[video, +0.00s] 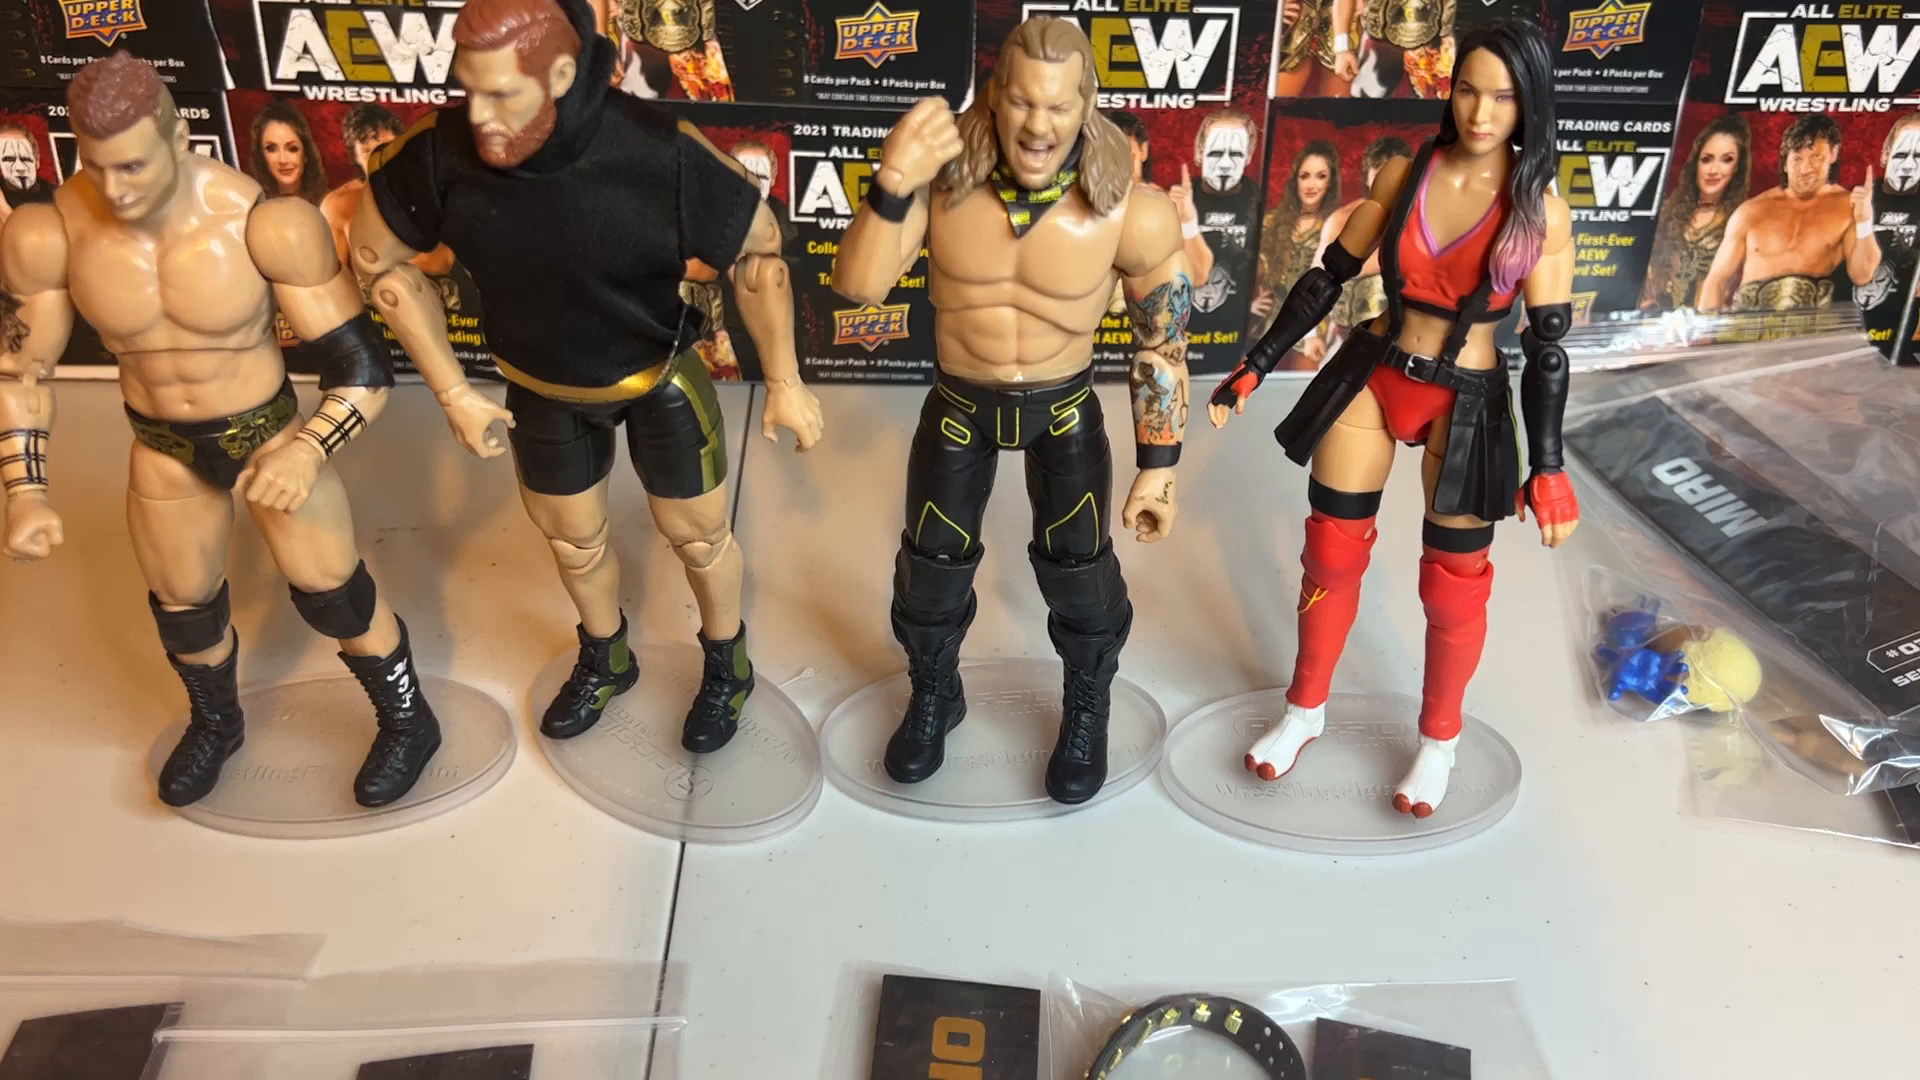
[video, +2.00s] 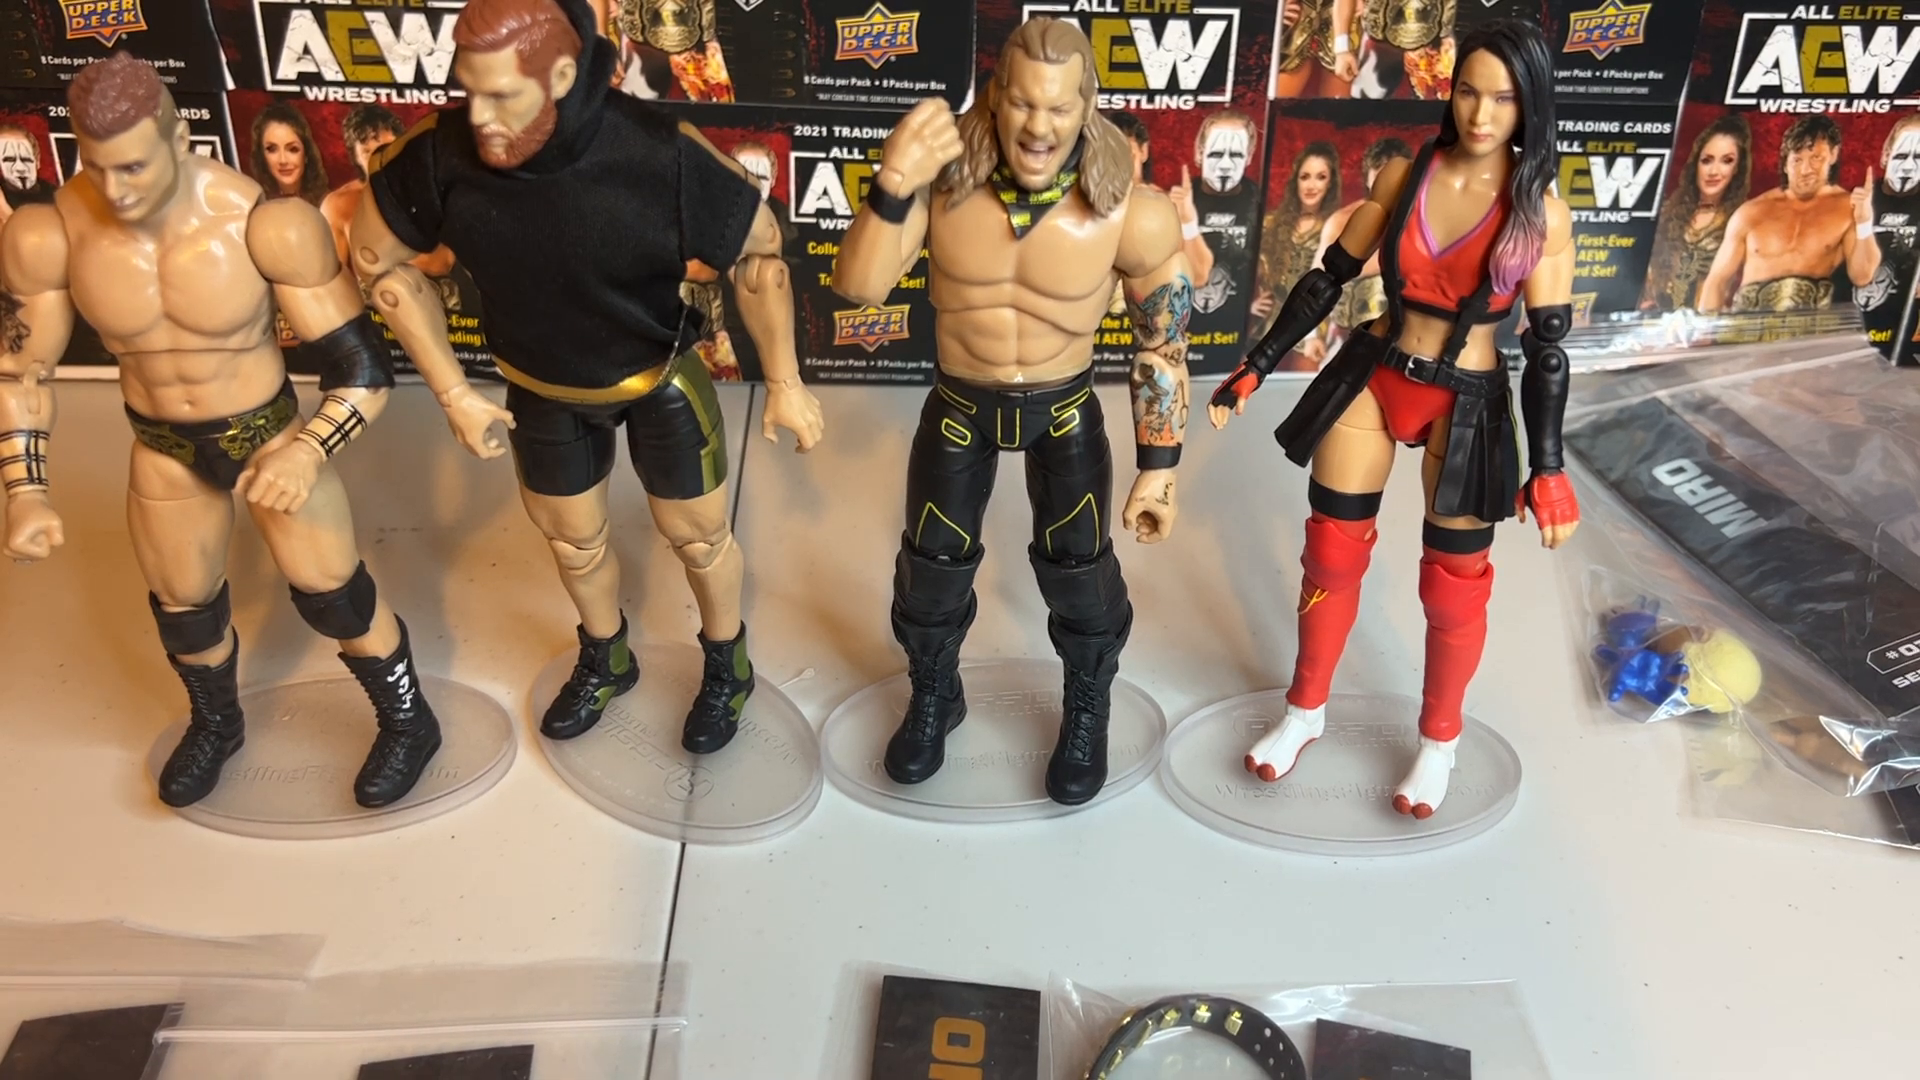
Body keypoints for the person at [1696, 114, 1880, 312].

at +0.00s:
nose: (1806, 168)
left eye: (1816, 157)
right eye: (1797, 159)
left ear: (1833, 155)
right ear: (1785, 160)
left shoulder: (1847, 205)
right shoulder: (1750, 211)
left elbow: (1861, 276)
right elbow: (1717, 280)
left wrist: (1864, 222)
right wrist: (1704, 335)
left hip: (1810, 314)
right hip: (1748, 312)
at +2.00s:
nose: (1806, 169)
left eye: (1816, 158)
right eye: (1797, 160)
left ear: (1833, 156)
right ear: (1785, 162)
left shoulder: (1848, 206)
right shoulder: (1750, 212)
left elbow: (1861, 277)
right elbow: (1717, 281)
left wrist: (1864, 223)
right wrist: (1704, 335)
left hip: (1809, 315)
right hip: (1748, 312)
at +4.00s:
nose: (1806, 169)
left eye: (1817, 158)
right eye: (1797, 160)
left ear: (1834, 156)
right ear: (1785, 163)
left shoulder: (1847, 206)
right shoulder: (1751, 212)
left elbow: (1862, 277)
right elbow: (1718, 281)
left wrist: (1864, 223)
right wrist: (1704, 334)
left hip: (1809, 315)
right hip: (1748, 313)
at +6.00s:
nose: (1806, 169)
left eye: (1816, 158)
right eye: (1797, 160)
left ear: (1834, 156)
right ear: (1785, 163)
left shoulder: (1848, 207)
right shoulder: (1750, 212)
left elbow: (1862, 277)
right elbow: (1718, 281)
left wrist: (1864, 223)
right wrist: (1704, 336)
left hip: (1809, 315)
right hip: (1748, 313)